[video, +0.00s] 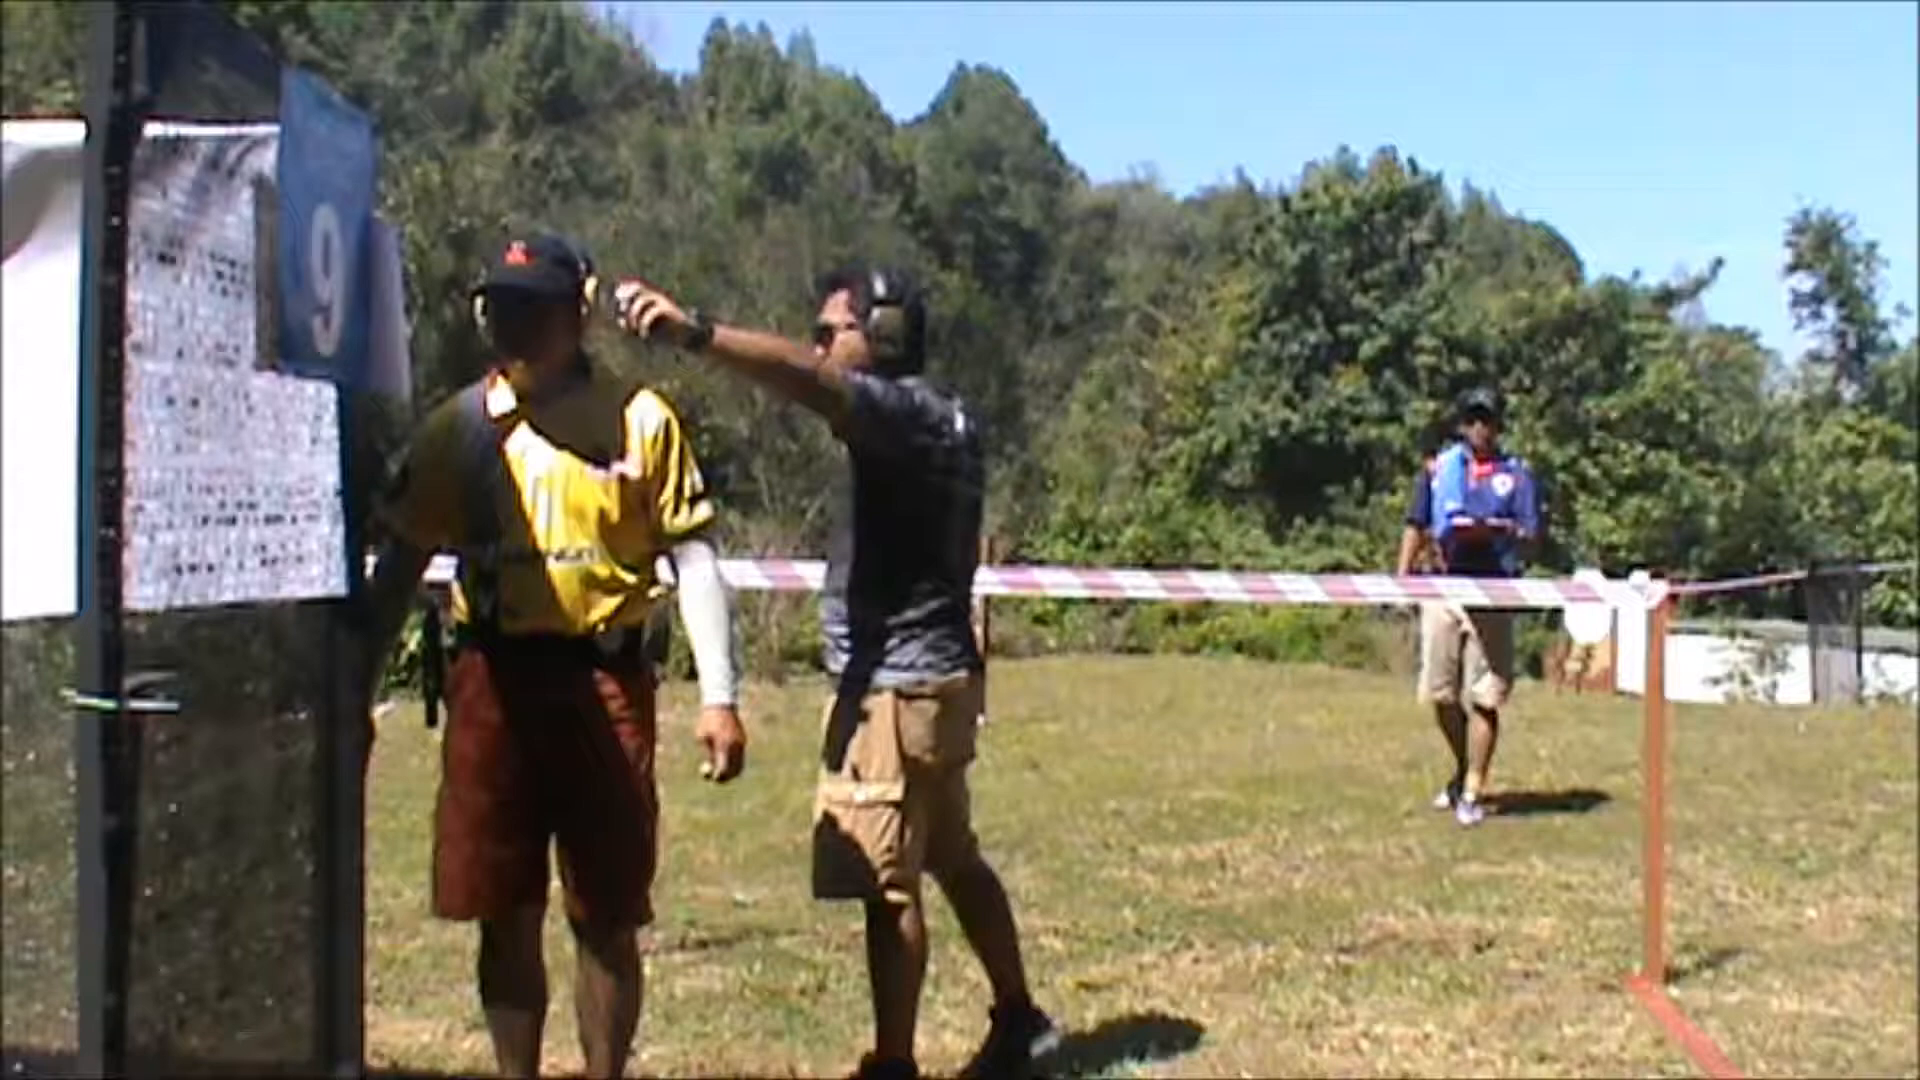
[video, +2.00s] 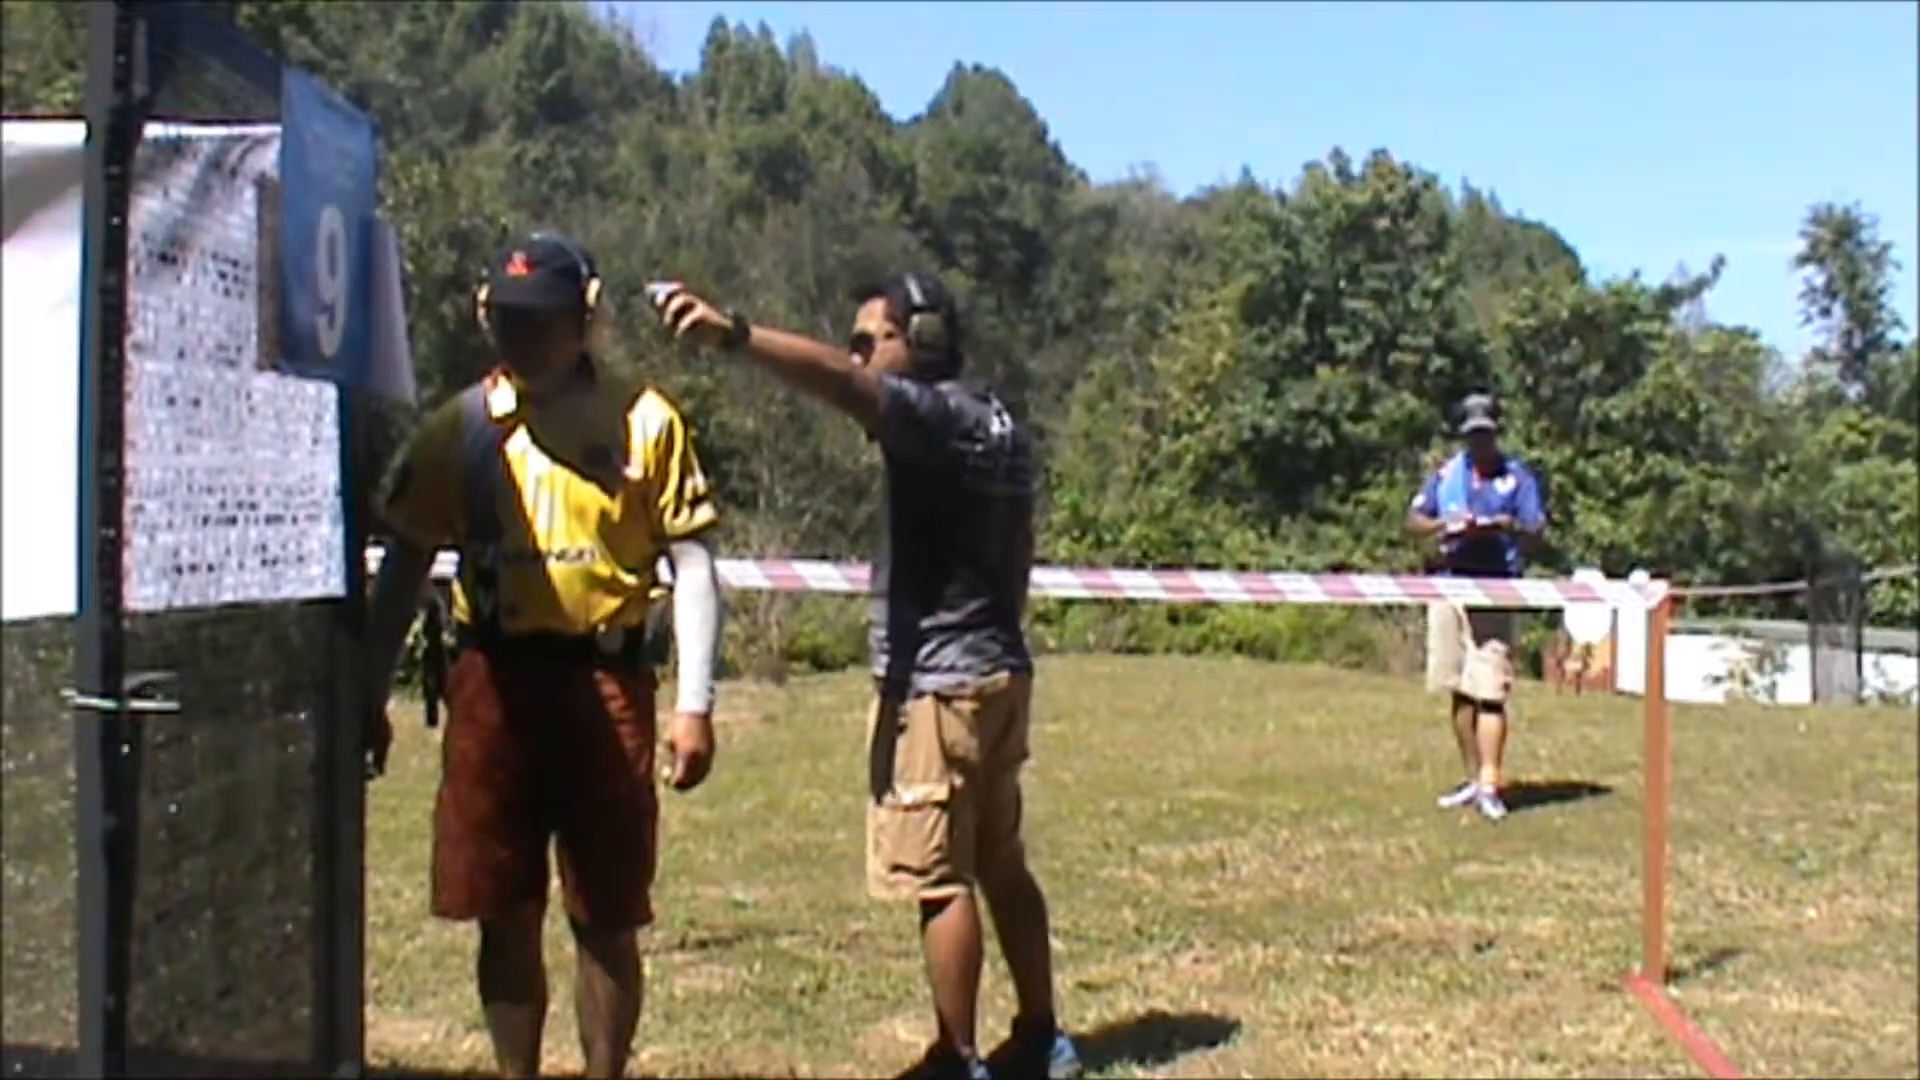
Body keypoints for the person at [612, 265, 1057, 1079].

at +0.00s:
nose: (817, 349)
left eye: (832, 332)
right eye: (819, 333)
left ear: (887, 337)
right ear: (894, 343)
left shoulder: (903, 412)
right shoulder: (947, 417)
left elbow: (809, 377)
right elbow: (961, 556)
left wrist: (694, 333)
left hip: (900, 674)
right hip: (935, 669)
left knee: (888, 875)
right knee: (953, 856)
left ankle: (891, 1057)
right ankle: (1019, 1014)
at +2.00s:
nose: (857, 357)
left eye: (870, 341)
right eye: (857, 341)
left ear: (920, 342)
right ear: (940, 346)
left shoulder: (930, 412)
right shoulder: (1003, 424)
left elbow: (843, 379)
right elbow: (1015, 560)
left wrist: (734, 332)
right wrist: (995, 642)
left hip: (939, 674)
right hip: (998, 669)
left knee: (939, 878)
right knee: (1001, 866)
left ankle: (955, 1054)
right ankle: (1040, 1031)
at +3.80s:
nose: (903, 373)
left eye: (913, 357)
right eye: (902, 357)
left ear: (954, 355)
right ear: (985, 355)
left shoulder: (982, 419)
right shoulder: (1048, 425)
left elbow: (893, 388)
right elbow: (1069, 550)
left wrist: (784, 352)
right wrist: (1040, 634)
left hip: (996, 676)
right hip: (1046, 672)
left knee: (935, 864)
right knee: (1031, 845)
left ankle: (950, 1050)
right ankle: (1123, 1004)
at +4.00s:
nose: (982, 396)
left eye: (994, 384)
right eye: (981, 383)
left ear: (1036, 386)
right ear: (1062, 390)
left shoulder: (1056, 445)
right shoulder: (1113, 461)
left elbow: (977, 409)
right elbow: (1084, 586)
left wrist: (882, 365)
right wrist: (1006, 618)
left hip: (1050, 696)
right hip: (1099, 695)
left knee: (948, 868)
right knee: (1071, 856)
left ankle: (952, 1052)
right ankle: (1198, 990)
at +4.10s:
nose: (1051, 414)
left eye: (1062, 397)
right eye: (1047, 399)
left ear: (1101, 392)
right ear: (1121, 397)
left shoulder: (1130, 459)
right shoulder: (1168, 469)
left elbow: (1055, 425)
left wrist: (963, 379)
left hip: (1110, 700)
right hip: (1155, 702)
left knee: (1015, 867)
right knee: (1122, 876)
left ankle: (957, 1041)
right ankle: (1226, 1012)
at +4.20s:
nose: (1096, 410)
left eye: (1105, 397)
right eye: (1093, 398)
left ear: (1143, 395)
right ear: (1151, 398)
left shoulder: (1174, 459)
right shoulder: (1201, 469)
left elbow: (1104, 418)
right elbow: (1180, 607)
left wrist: (1018, 378)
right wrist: (1109, 670)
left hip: (1155, 700)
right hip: (1193, 701)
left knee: (1053, 860)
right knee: (1147, 878)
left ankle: (1008, 1035)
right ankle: (1226, 1014)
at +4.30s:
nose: (1145, 386)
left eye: (1152, 373)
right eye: (1144, 375)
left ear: (1189, 376)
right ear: (1198, 380)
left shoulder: (1239, 451)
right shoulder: (1231, 460)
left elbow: (1168, 409)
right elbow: (1223, 582)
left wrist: (1088, 368)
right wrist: (1165, 659)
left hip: (1218, 685)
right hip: (1216, 683)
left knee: (1114, 838)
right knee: (1173, 856)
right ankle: (1227, 1013)